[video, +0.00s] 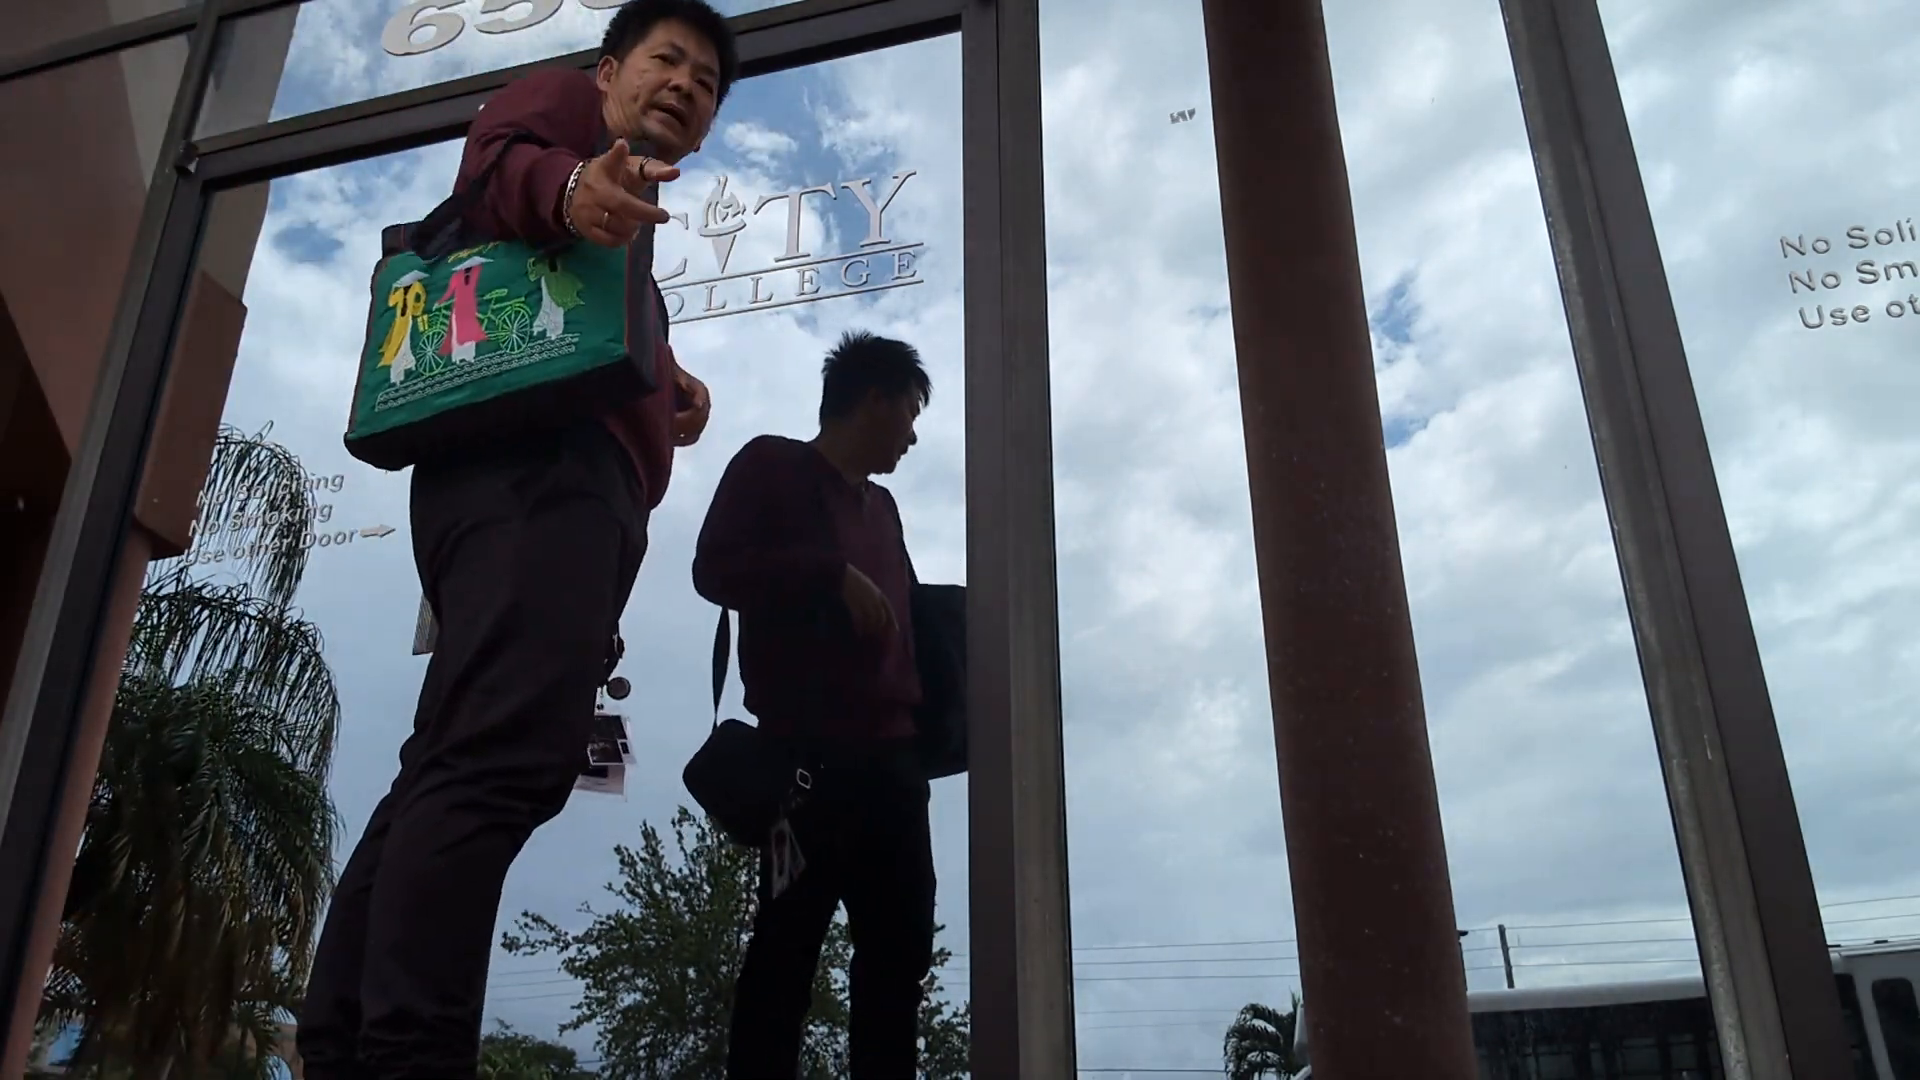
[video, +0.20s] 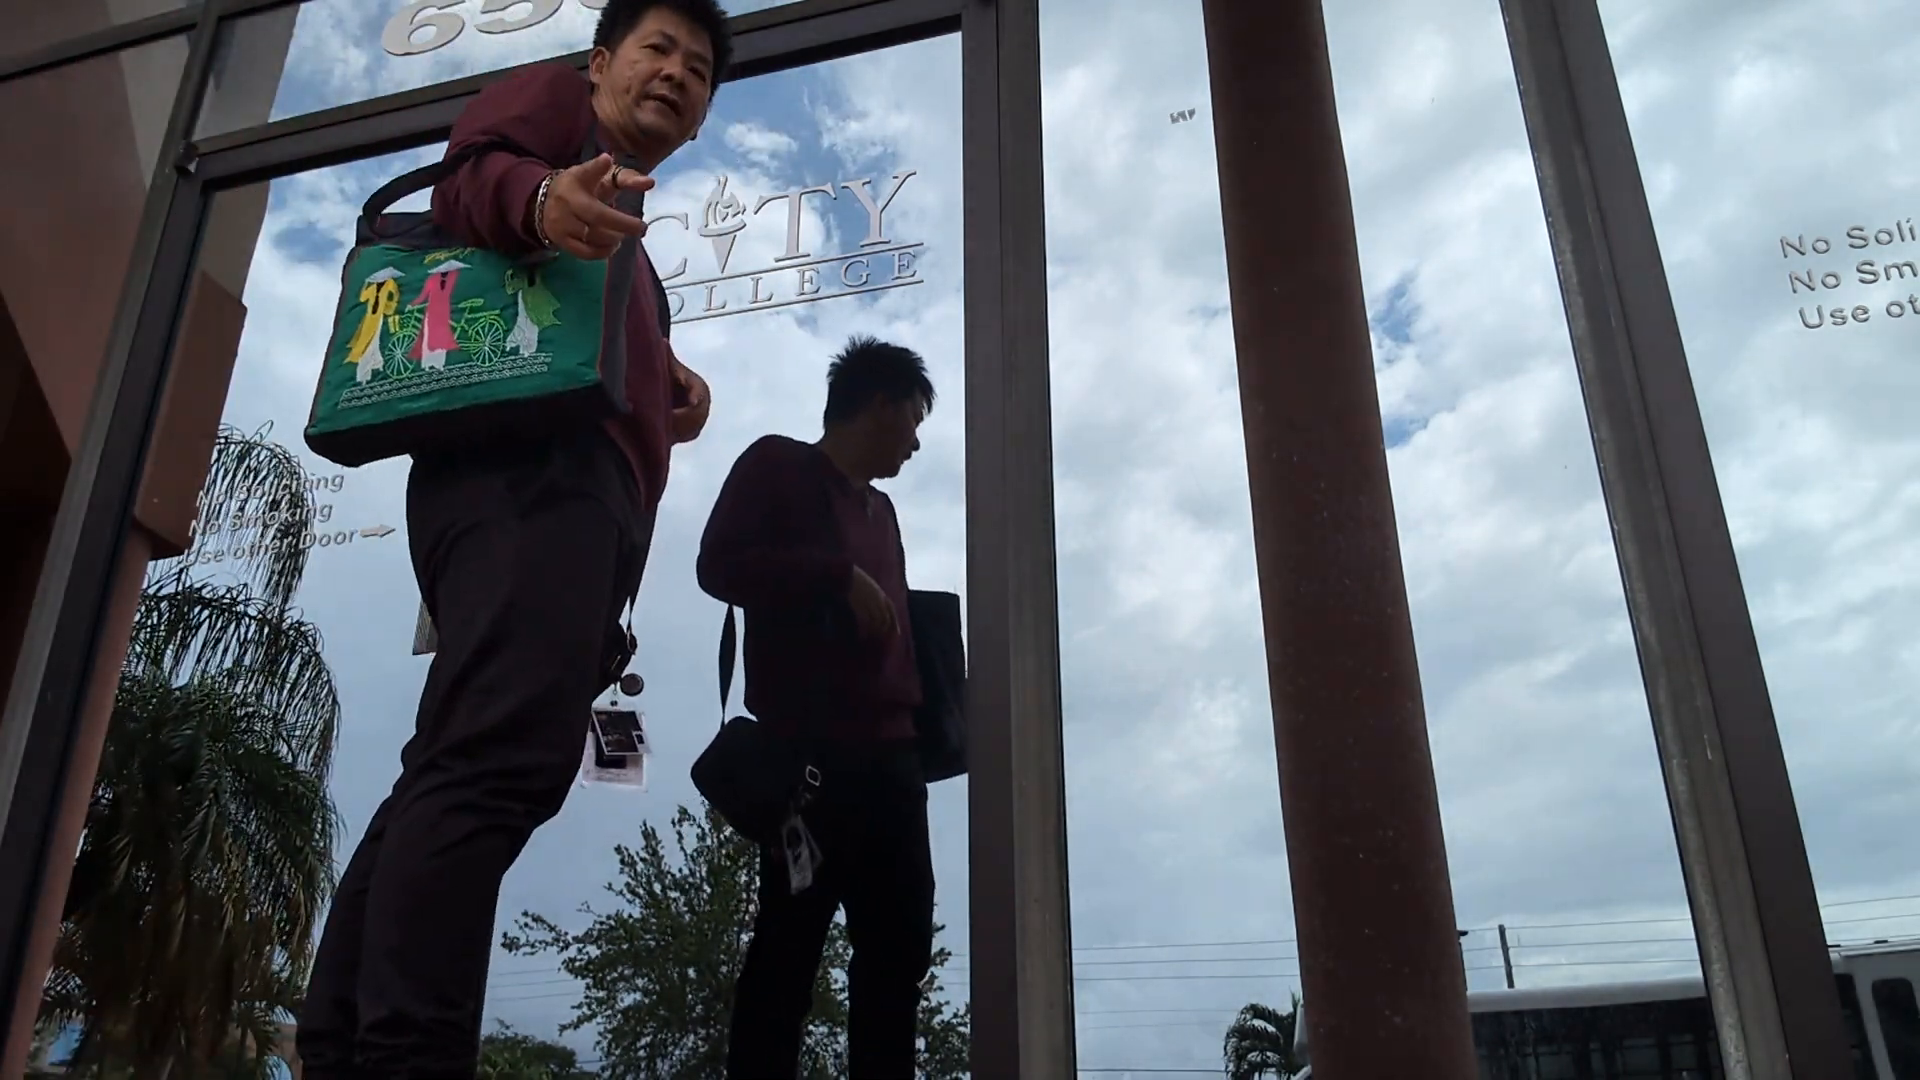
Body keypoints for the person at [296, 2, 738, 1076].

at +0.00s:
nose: (686, 91)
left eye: (707, 87)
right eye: (670, 64)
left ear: (704, 115)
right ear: (613, 56)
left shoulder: (626, 188)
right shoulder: (561, 93)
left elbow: (597, 326)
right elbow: (497, 168)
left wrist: (665, 383)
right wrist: (568, 191)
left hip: (557, 478)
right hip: (534, 462)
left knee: (458, 761)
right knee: (505, 762)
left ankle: (341, 1038)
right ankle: (414, 1051)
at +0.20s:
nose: (677, 76)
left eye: (699, 72)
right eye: (659, 49)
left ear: (699, 109)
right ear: (604, 53)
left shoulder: (620, 197)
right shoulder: (558, 92)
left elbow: (605, 345)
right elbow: (462, 176)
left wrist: (667, 383)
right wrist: (541, 203)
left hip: (568, 481)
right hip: (531, 455)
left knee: (460, 766)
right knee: (506, 764)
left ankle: (341, 1041)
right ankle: (410, 1051)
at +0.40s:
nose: (664, 68)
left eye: (687, 64)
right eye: (645, 43)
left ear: (691, 108)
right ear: (593, 53)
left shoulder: (620, 223)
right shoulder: (547, 92)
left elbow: (607, 356)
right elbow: (461, 176)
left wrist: (667, 386)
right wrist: (526, 213)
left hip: (574, 490)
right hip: (523, 458)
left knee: (460, 765)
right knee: (504, 764)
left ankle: (340, 1037)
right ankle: (410, 1049)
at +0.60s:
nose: (661, 75)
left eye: (682, 72)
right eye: (643, 50)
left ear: (685, 113)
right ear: (586, 61)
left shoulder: (618, 242)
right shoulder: (546, 96)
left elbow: (610, 369)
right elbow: (467, 174)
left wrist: (664, 400)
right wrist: (510, 259)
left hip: (579, 488)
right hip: (529, 454)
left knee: (458, 766)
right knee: (500, 765)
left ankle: (338, 1038)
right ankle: (410, 1049)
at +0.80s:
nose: (660, 83)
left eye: (680, 81)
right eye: (642, 59)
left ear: (682, 119)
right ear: (583, 65)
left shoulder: (615, 249)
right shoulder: (543, 99)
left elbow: (603, 385)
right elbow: (468, 184)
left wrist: (657, 415)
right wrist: (496, 295)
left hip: (575, 485)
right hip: (528, 452)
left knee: (450, 767)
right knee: (502, 765)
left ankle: (339, 1042)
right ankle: (414, 1052)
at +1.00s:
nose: (656, 91)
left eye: (674, 88)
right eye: (638, 66)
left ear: (672, 121)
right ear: (576, 69)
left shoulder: (604, 247)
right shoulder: (536, 108)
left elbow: (600, 389)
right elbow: (467, 190)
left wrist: (652, 432)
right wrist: (505, 304)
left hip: (559, 485)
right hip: (525, 461)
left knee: (442, 769)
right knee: (506, 763)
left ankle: (336, 1045)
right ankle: (417, 1051)